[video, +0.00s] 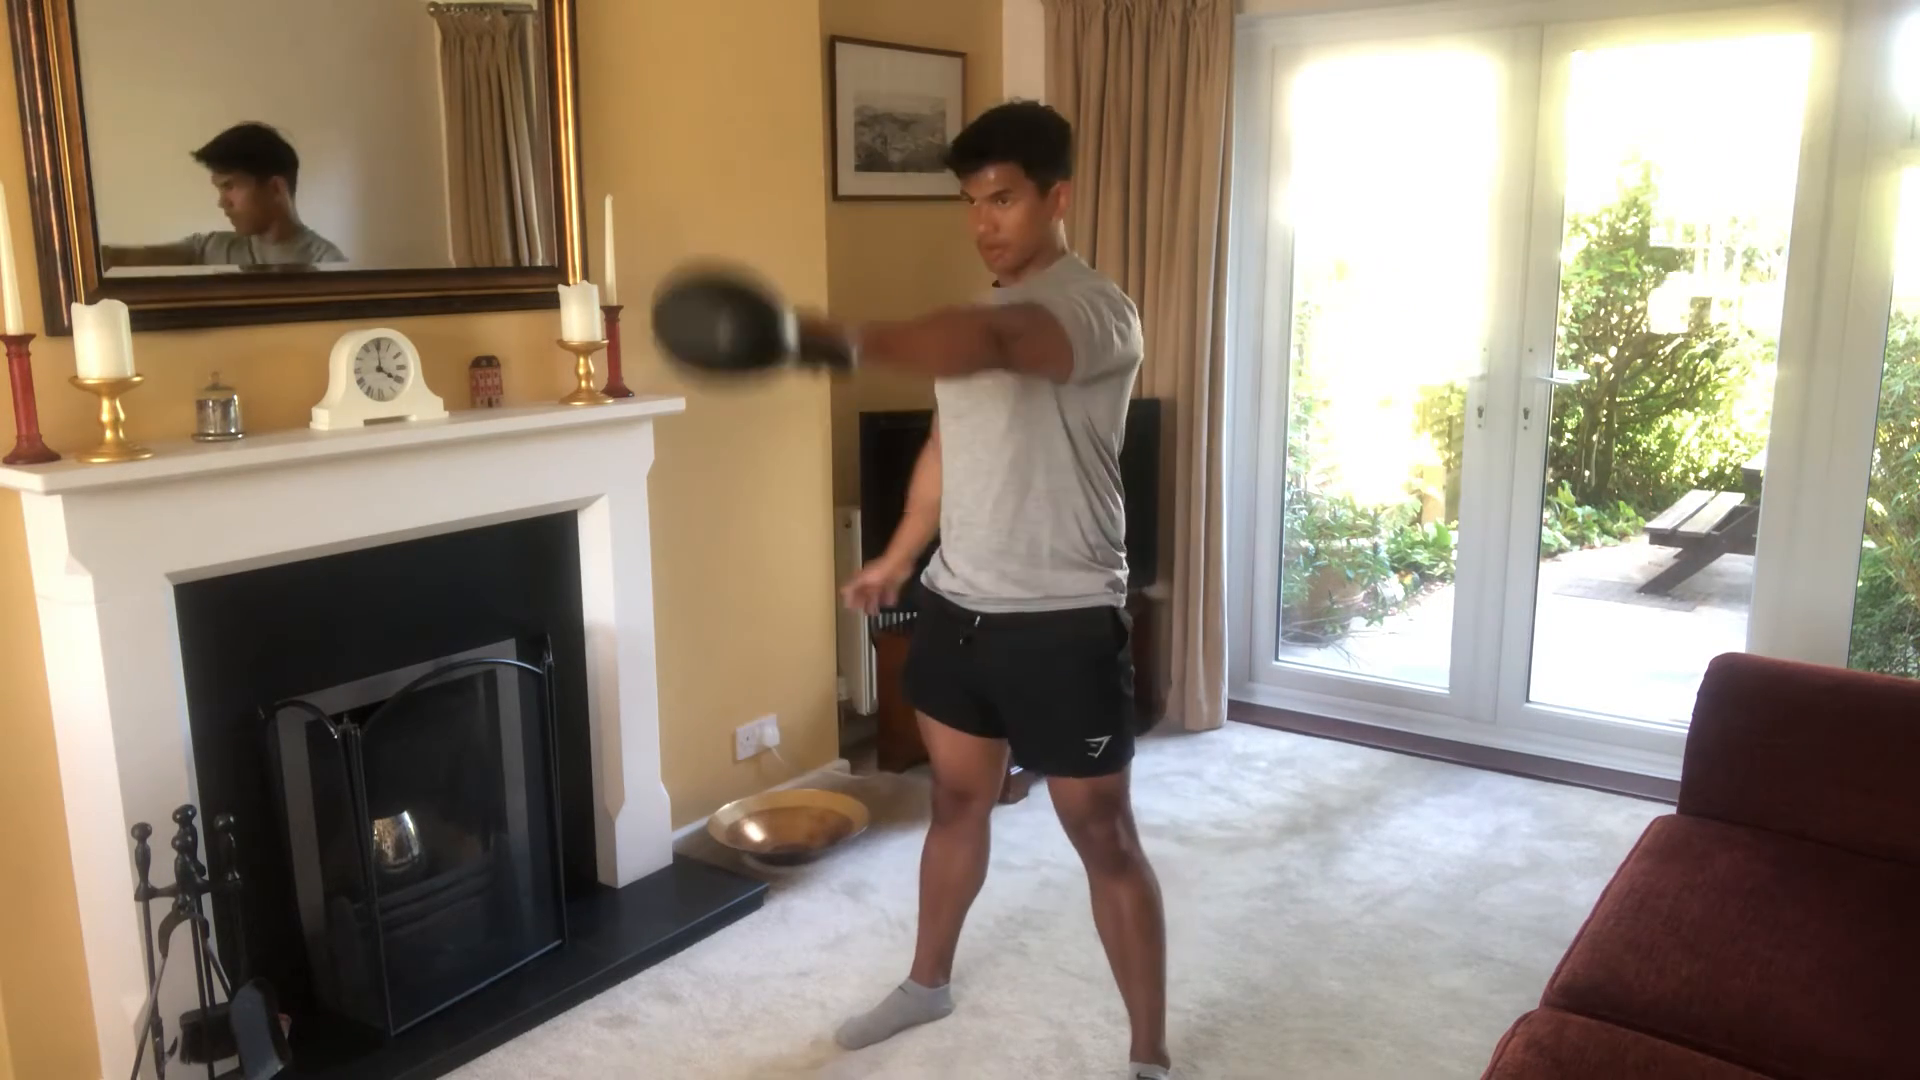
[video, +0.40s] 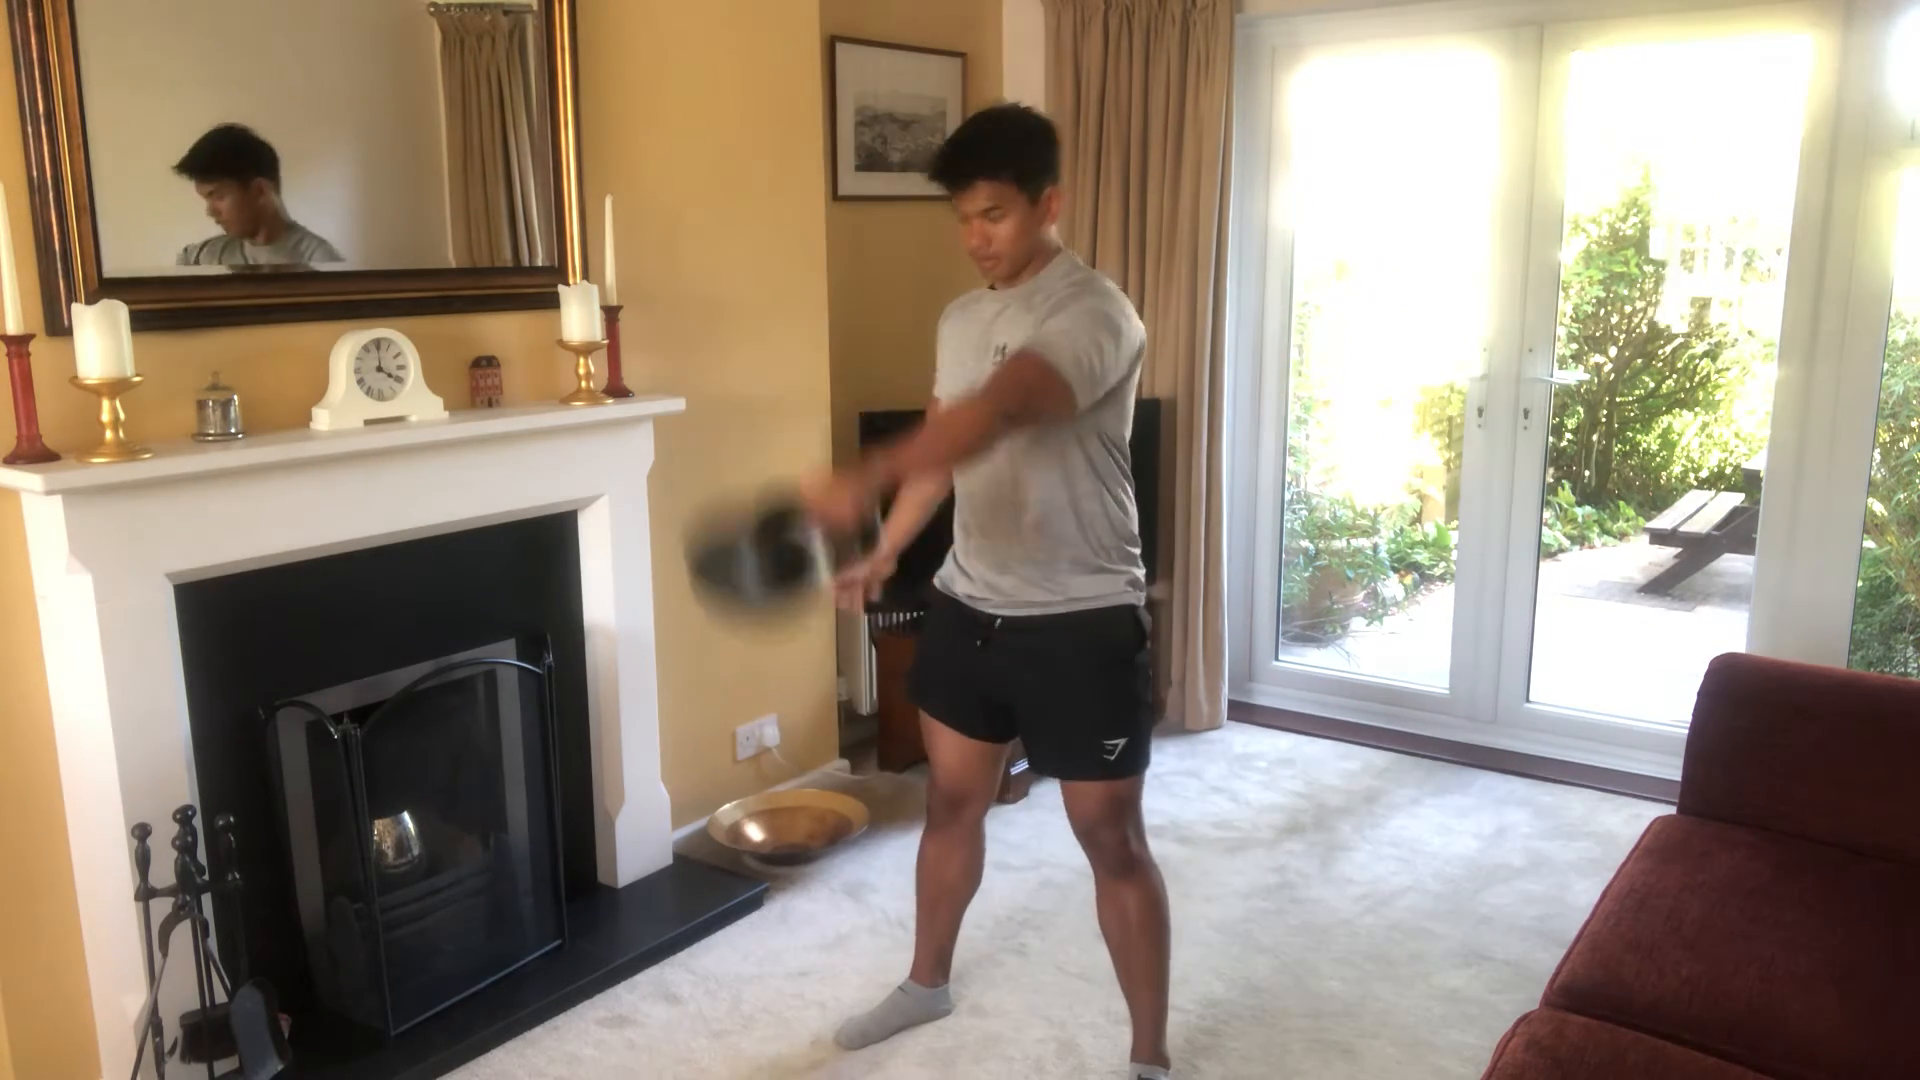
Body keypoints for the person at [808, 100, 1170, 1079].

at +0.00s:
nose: (984, 221)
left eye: (1004, 198)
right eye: (972, 203)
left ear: (1059, 199)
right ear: (965, 208)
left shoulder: (1097, 308)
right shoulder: (970, 319)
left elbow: (990, 335)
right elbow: (946, 443)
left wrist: (843, 342)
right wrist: (900, 553)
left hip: (1068, 618)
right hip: (959, 607)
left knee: (1103, 836)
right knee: (954, 803)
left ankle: (1150, 1055)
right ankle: (928, 982)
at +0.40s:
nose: (976, 236)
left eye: (994, 214)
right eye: (964, 217)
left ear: (1049, 204)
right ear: (955, 213)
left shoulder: (1097, 312)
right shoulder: (960, 317)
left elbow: (1001, 409)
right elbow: (947, 443)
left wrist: (865, 476)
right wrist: (888, 547)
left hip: (1084, 617)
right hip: (970, 605)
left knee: (1112, 841)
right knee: (949, 806)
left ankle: (1150, 1055)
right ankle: (928, 983)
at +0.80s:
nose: (834, 584)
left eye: (834, 574)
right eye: (826, 577)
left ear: (871, 538)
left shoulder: (996, 567)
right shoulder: (879, 472)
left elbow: (1035, 693)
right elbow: (902, 546)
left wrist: (1053, 770)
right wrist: (891, 606)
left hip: (1118, 648)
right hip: (1007, 640)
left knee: (1128, 866)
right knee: (897, 805)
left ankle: (1153, 1062)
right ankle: (923, 984)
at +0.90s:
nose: (844, 690)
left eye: (837, 682)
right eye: (829, 689)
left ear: (858, 641)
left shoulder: (992, 654)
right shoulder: (850, 543)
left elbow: (1065, 743)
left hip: (1122, 655)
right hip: (1007, 650)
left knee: (1130, 867)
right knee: (894, 807)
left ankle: (1154, 1061)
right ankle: (924, 984)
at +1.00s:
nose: (845, 729)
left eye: (842, 718)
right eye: (834, 725)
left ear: (870, 670)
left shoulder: (995, 672)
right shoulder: (843, 567)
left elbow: (1069, 745)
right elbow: (897, 691)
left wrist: (1026, 775)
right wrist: (986, 771)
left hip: (1122, 645)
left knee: (1131, 861)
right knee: (895, 805)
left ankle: (1156, 1059)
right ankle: (924, 984)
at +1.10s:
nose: (854, 621)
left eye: (851, 609)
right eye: (840, 618)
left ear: (874, 570)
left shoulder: (1001, 598)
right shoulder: (870, 499)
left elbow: (1059, 721)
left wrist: (1078, 756)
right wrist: (888, 627)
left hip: (1120, 640)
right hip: (1006, 634)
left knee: (1132, 859)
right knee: (906, 799)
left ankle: (1156, 1060)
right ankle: (924, 982)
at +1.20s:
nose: (840, 450)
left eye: (844, 431)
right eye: (830, 435)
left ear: (892, 404)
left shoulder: (1014, 469)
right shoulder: (887, 434)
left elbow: (1039, 626)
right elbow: (887, 510)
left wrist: (1052, 754)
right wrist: (881, 598)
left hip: (1111, 622)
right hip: (998, 620)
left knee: (1130, 847)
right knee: (922, 792)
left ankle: (1155, 1058)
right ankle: (925, 981)